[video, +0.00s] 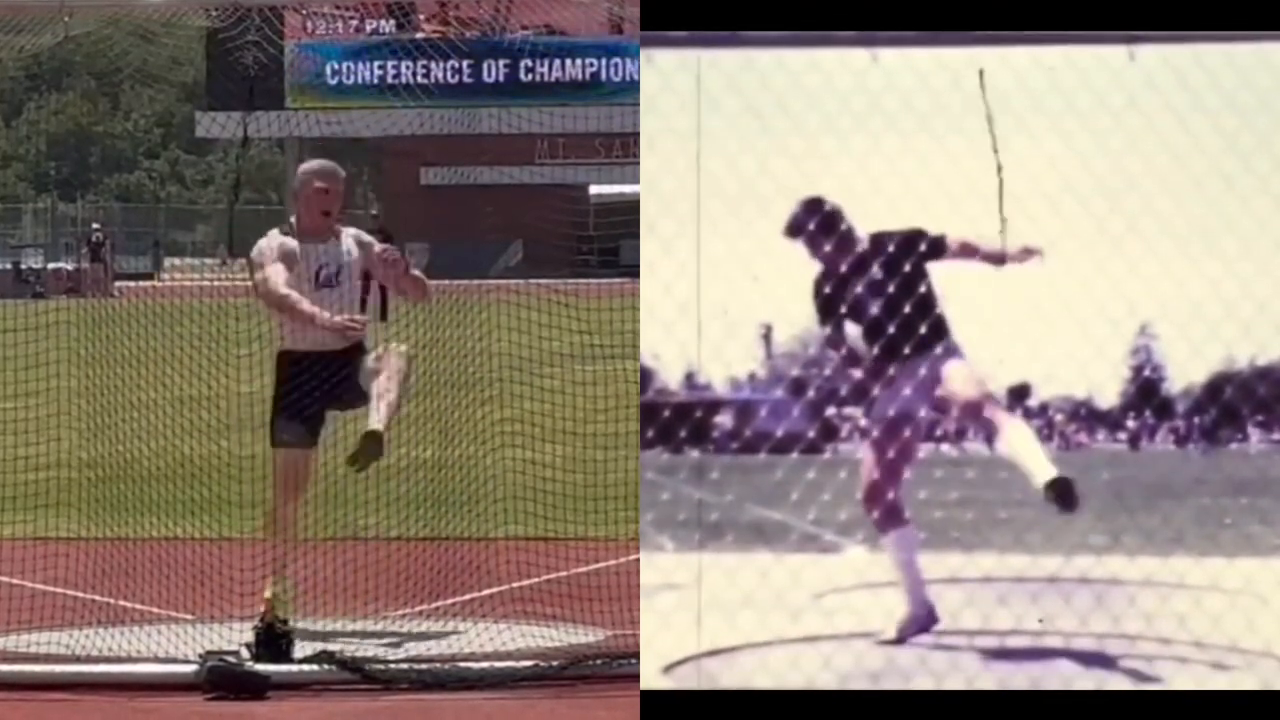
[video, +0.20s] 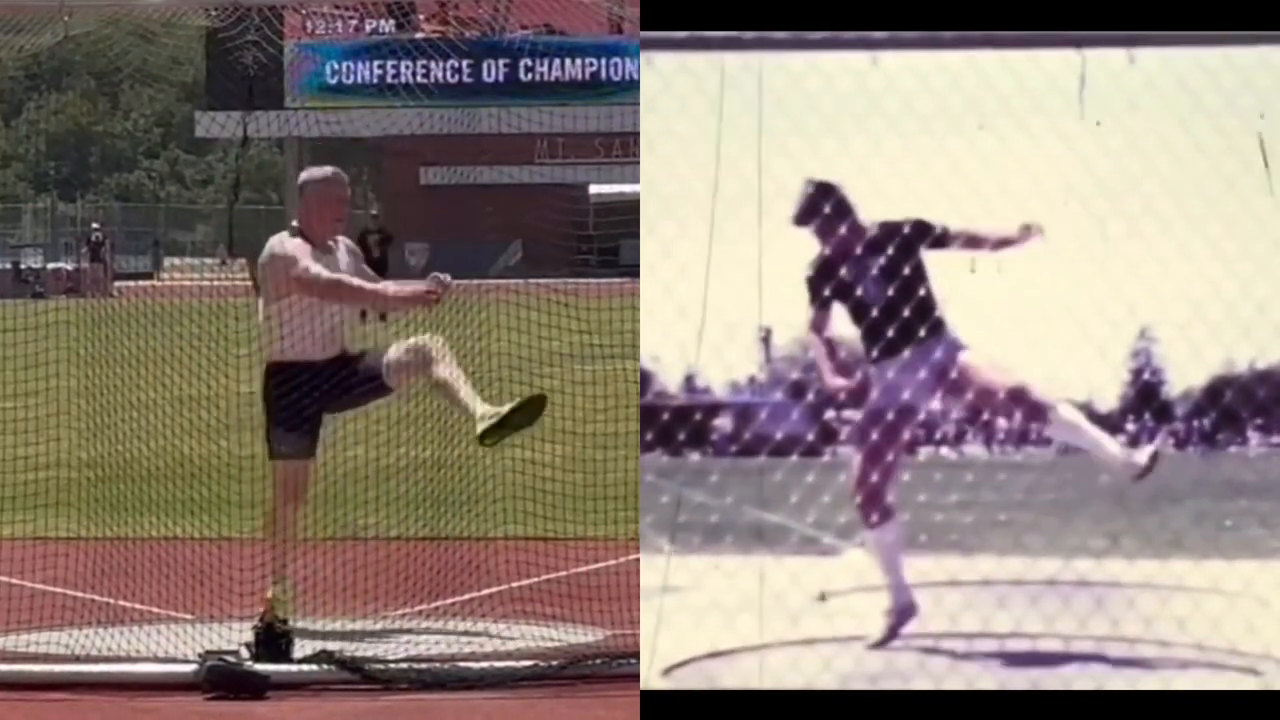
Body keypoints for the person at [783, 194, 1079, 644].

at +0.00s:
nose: (815, 253)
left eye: (817, 241)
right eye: (808, 245)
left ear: (836, 229)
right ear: (811, 245)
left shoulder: (896, 247)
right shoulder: (828, 288)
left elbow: (959, 248)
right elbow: (835, 342)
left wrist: (1004, 256)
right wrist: (858, 365)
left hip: (936, 360)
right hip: (891, 381)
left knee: (980, 401)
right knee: (877, 494)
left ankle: (1050, 482)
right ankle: (918, 606)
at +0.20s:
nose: (823, 239)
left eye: (826, 227)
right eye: (817, 232)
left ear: (845, 216)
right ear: (818, 232)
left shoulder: (897, 236)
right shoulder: (823, 272)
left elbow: (963, 240)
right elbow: (818, 329)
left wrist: (1011, 239)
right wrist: (830, 375)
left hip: (939, 357)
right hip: (889, 379)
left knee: (1021, 397)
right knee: (868, 489)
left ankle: (1122, 459)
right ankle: (900, 599)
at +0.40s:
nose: (829, 229)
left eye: (832, 217)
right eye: (820, 223)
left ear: (849, 206)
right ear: (817, 221)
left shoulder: (900, 231)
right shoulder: (821, 268)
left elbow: (967, 237)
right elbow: (811, 330)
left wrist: (1014, 229)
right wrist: (819, 381)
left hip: (943, 354)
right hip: (892, 377)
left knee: (1036, 395)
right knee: (872, 482)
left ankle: (1136, 435)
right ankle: (885, 609)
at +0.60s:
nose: (847, 221)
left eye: (849, 207)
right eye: (835, 215)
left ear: (862, 199)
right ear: (824, 218)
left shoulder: (901, 234)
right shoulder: (823, 267)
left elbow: (967, 243)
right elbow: (809, 335)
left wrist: (1021, 226)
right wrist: (816, 389)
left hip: (944, 354)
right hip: (889, 379)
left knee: (1044, 399)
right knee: (881, 492)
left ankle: (1124, 434)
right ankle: (890, 616)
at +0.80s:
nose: (865, 216)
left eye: (868, 205)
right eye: (854, 210)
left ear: (880, 204)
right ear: (839, 219)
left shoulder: (904, 246)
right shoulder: (833, 277)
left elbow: (957, 265)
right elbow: (820, 346)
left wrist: (1008, 242)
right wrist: (824, 396)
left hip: (938, 366)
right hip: (887, 390)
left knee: (1021, 403)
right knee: (887, 497)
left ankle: (1073, 452)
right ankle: (891, 618)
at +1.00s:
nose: (902, 223)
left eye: (901, 214)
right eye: (892, 217)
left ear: (900, 216)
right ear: (872, 227)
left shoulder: (910, 255)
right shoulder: (854, 285)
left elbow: (940, 282)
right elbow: (846, 357)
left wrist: (995, 260)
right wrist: (858, 418)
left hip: (935, 380)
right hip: (887, 400)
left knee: (1009, 421)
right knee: (893, 507)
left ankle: (1011, 475)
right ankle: (896, 626)